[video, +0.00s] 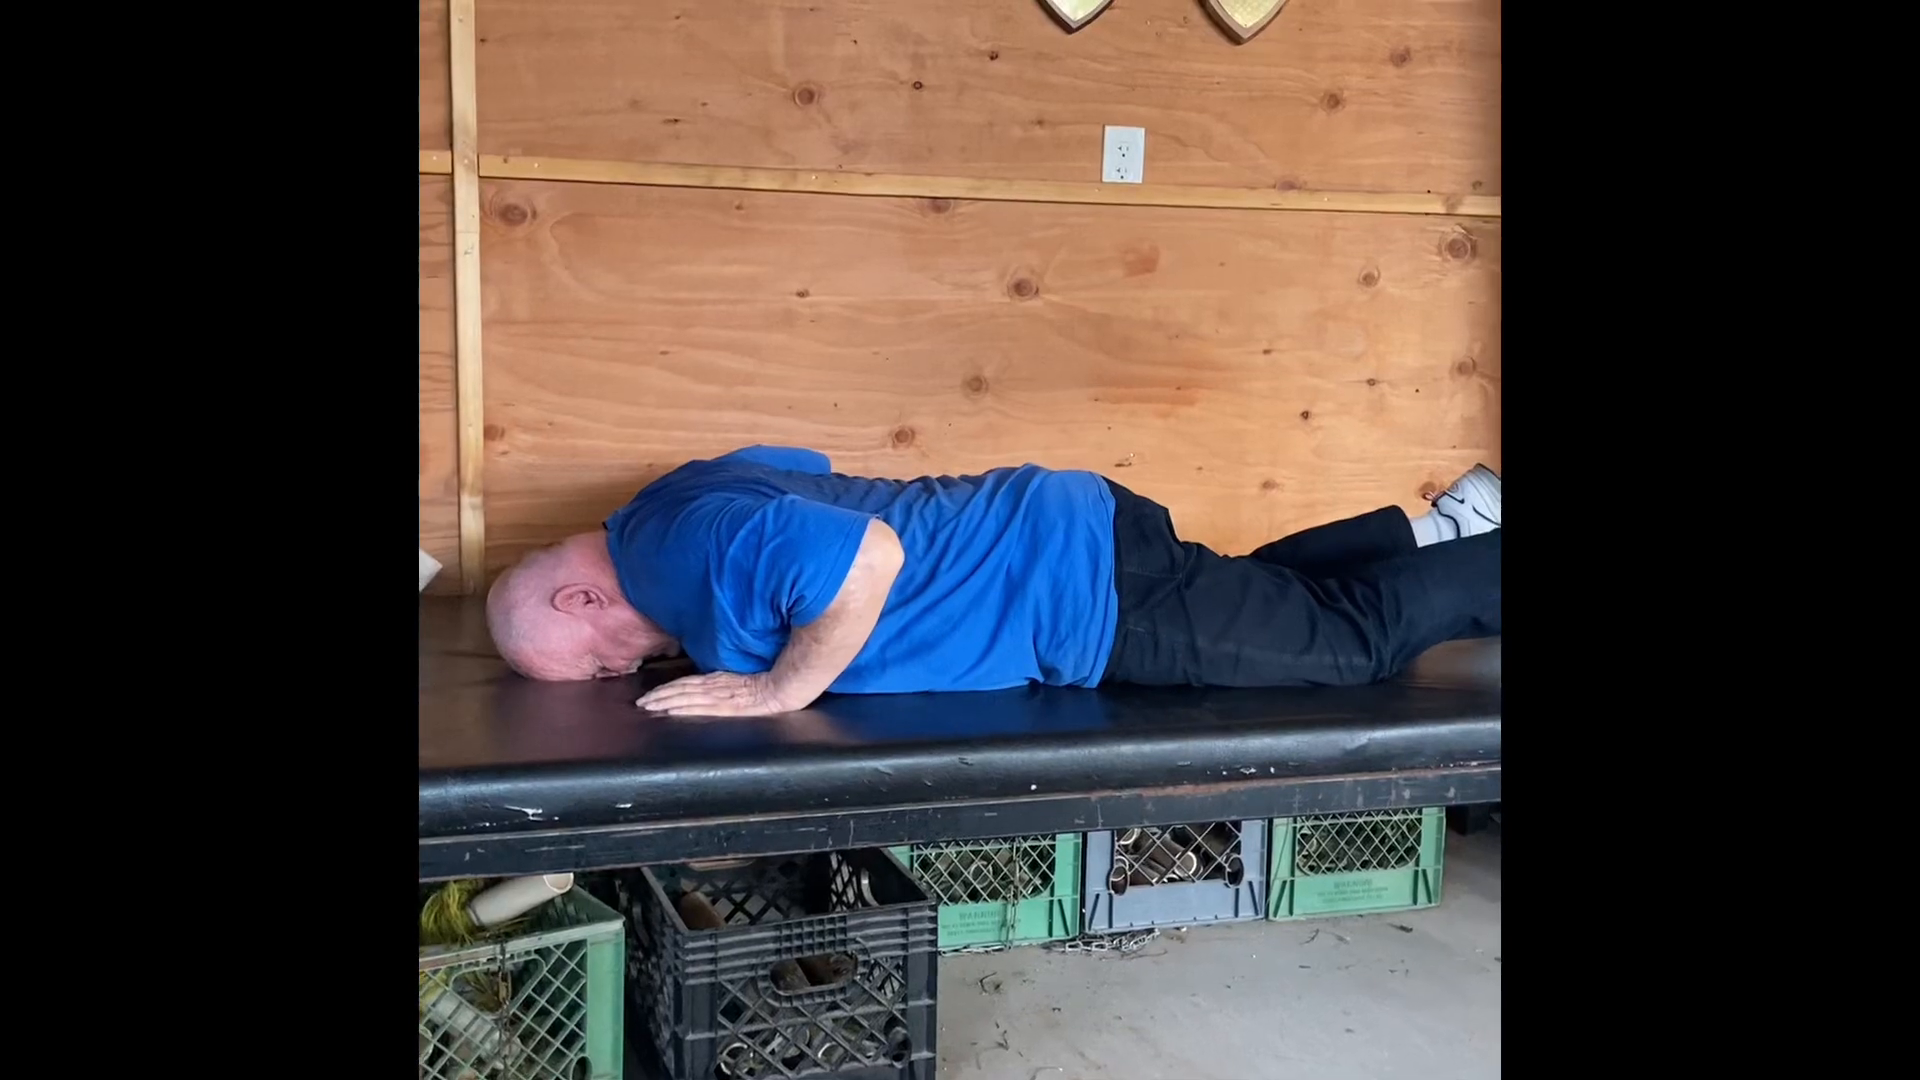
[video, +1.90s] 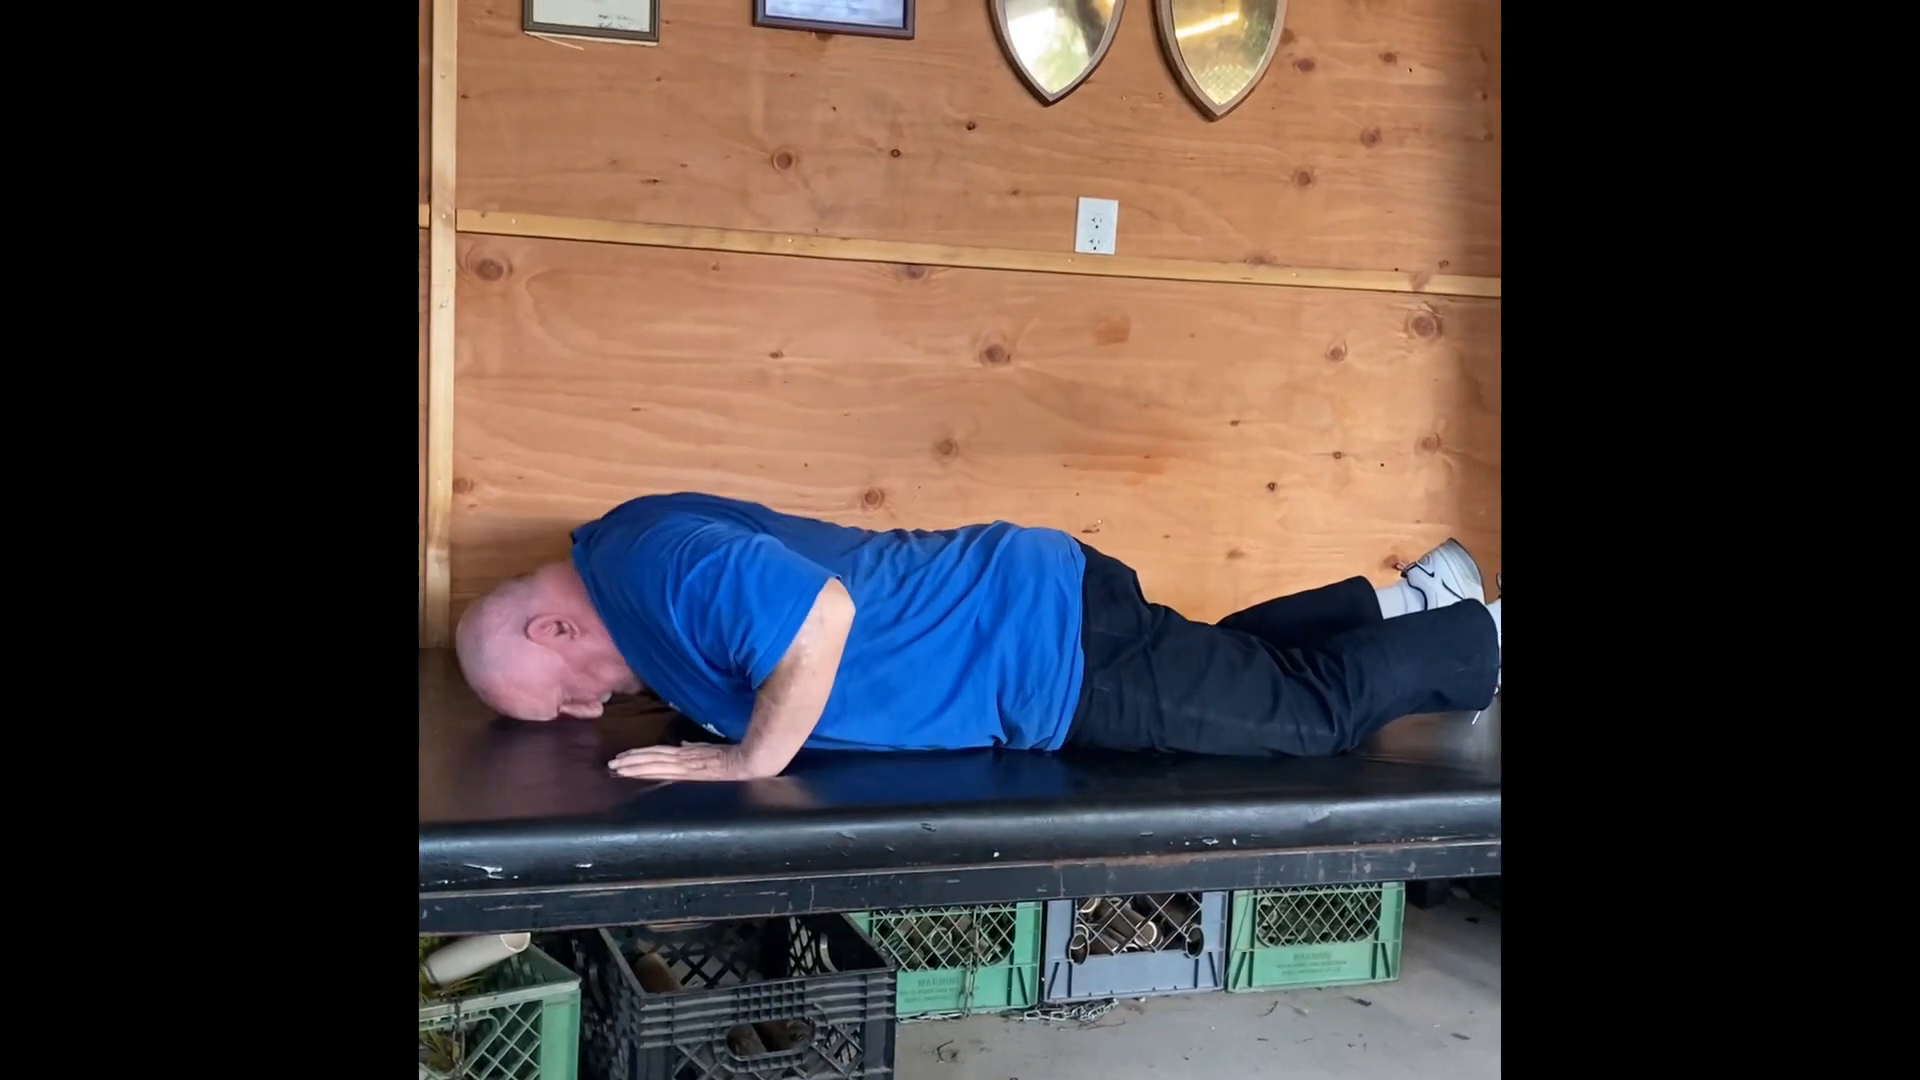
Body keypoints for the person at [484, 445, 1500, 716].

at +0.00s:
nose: (605, 673)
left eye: (576, 667)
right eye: (579, 666)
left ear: (579, 610)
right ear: (576, 579)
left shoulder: (694, 541)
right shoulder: (671, 519)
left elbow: (868, 557)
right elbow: (869, 491)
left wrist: (774, 693)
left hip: (1080, 589)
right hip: (1059, 543)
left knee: (1350, 638)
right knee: (1262, 598)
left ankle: (1484, 556)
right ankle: (1445, 529)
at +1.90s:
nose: (593, 703)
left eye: (566, 691)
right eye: (568, 701)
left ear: (546, 632)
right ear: (547, 622)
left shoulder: (659, 566)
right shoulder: (626, 573)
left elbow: (819, 618)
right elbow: (804, 611)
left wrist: (751, 762)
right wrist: (706, 711)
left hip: (1048, 639)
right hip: (1022, 638)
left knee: (1308, 707)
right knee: (1238, 679)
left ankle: (1484, 636)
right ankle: (1410, 591)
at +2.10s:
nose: (586, 634)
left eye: (564, 631)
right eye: (566, 633)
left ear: (561, 574)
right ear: (555, 542)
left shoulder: (686, 544)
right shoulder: (634, 509)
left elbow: (822, 633)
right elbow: (778, 605)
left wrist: (756, 769)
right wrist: (710, 684)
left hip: (1058, 634)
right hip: (1025, 612)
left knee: (1317, 712)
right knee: (1245, 668)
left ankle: (1471, 639)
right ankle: (1413, 607)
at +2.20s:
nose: (586, 613)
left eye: (562, 610)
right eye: (564, 610)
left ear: (566, 548)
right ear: (560, 519)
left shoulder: (692, 526)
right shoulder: (649, 483)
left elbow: (823, 635)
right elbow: (795, 590)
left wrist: (752, 770)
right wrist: (721, 680)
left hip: (1060, 634)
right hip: (1037, 585)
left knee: (1314, 709)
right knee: (1249, 661)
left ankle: (1484, 653)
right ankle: (1421, 607)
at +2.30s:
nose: (589, 601)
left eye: (566, 590)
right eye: (567, 596)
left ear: (570, 526)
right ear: (565, 498)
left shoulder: (700, 508)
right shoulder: (660, 472)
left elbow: (821, 628)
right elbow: (769, 591)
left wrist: (756, 768)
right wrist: (743, 683)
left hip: (1067, 623)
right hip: (1043, 589)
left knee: (1317, 712)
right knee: (1254, 661)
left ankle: (1486, 654)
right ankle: (1436, 609)